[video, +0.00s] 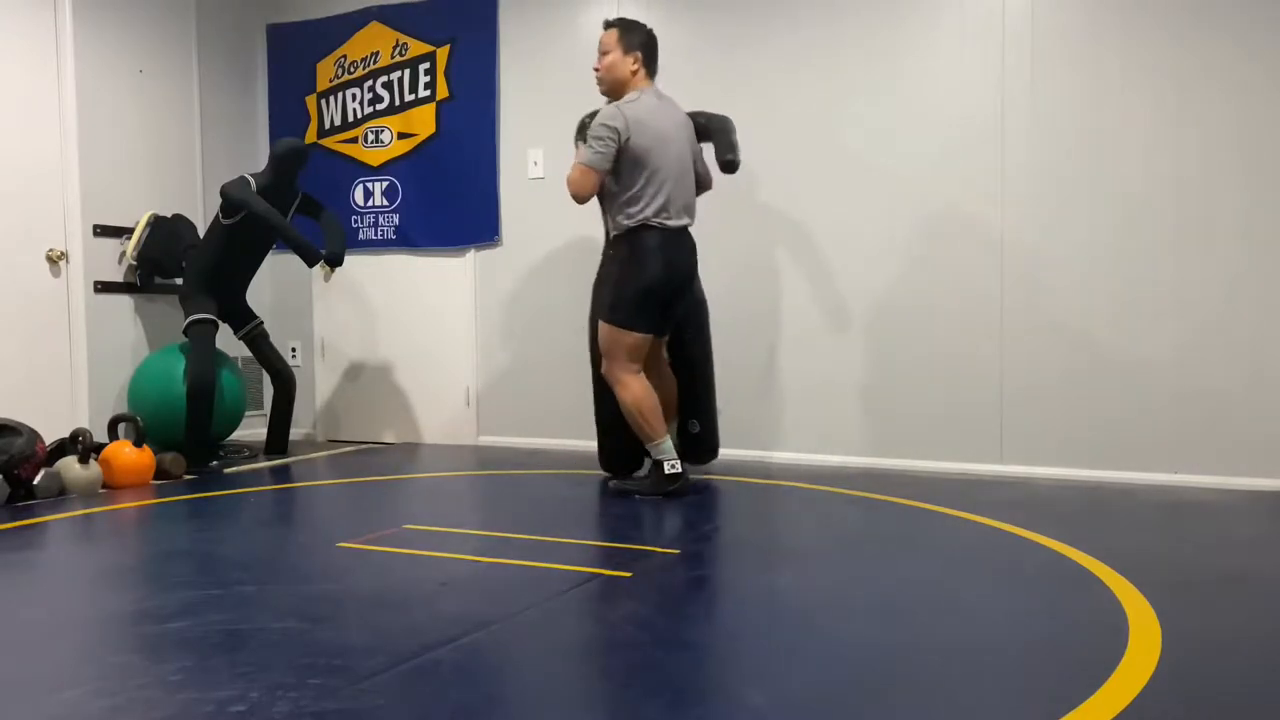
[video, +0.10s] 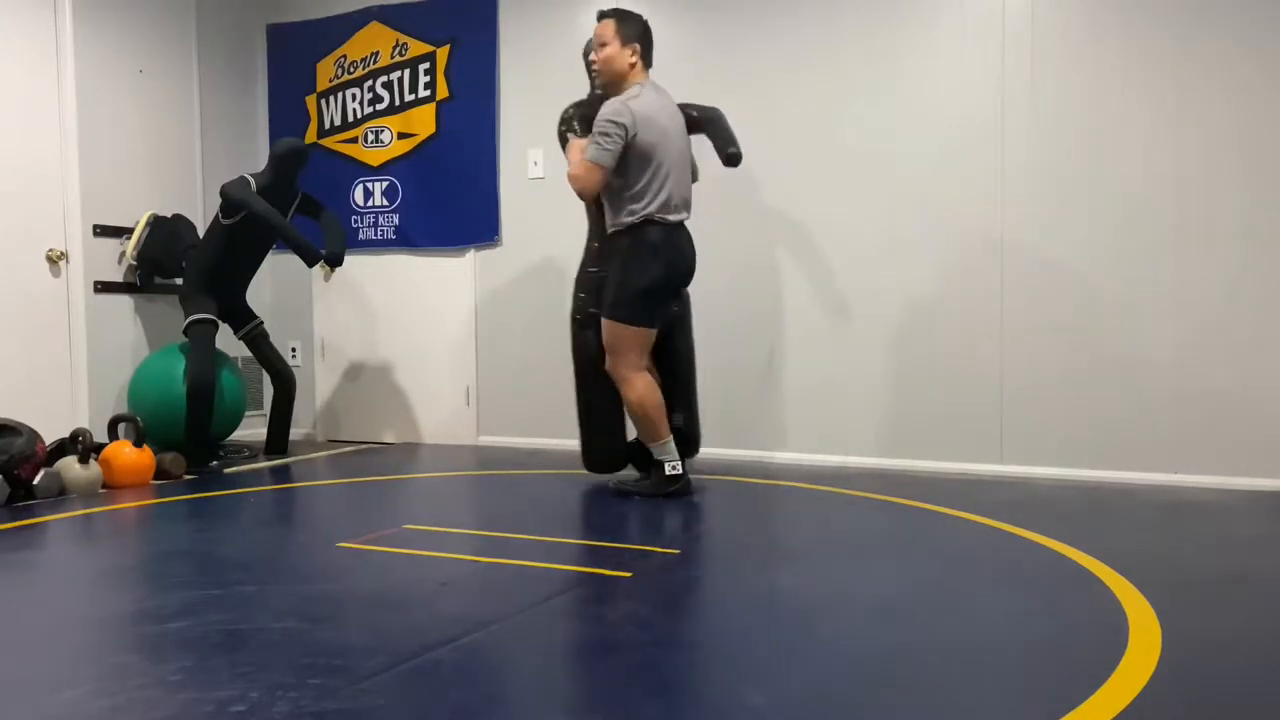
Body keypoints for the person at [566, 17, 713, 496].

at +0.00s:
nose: (596, 65)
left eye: (604, 54)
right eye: (598, 54)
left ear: (635, 61)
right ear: (638, 63)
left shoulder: (615, 116)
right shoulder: (675, 113)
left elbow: (581, 189)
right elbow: (702, 180)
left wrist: (584, 146)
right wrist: (648, 189)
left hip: (637, 250)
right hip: (678, 249)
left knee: (620, 365)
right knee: (653, 358)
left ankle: (666, 465)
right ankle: (667, 460)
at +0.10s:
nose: (592, 56)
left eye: (600, 45)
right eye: (592, 46)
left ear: (633, 53)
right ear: (632, 55)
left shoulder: (619, 112)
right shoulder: (664, 105)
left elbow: (586, 186)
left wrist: (574, 151)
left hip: (641, 244)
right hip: (670, 239)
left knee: (624, 362)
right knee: (635, 359)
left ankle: (667, 469)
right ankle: (662, 463)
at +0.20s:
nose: (586, 52)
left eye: (595, 42)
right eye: (585, 42)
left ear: (627, 49)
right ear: (625, 52)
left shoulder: (619, 107)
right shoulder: (649, 99)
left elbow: (585, 183)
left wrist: (567, 152)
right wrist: (586, 152)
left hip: (641, 241)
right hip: (657, 236)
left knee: (635, 361)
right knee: (608, 340)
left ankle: (669, 467)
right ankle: (617, 446)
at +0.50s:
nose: (555, 61)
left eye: (563, 50)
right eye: (554, 52)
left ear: (596, 53)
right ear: (591, 56)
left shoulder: (602, 105)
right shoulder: (602, 102)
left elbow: (576, 173)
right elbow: (579, 164)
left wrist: (542, 148)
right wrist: (553, 143)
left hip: (603, 248)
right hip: (580, 248)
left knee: (610, 372)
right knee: (549, 360)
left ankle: (667, 465)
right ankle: (535, 464)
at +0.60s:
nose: (537, 62)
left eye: (545, 51)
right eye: (536, 53)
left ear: (577, 53)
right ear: (567, 57)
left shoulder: (588, 104)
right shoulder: (569, 106)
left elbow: (571, 170)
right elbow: (560, 162)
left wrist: (527, 148)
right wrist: (531, 145)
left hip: (588, 247)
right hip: (559, 247)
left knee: (560, 367)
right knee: (532, 358)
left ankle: (647, 447)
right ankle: (532, 466)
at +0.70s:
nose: (518, 58)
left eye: (526, 46)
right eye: (516, 49)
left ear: (559, 49)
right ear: (553, 53)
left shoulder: (579, 101)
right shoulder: (548, 107)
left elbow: (567, 171)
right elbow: (544, 162)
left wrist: (515, 148)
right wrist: (502, 144)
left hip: (575, 243)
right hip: (545, 243)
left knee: (523, 354)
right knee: (520, 356)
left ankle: (606, 436)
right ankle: (529, 463)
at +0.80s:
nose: (502, 54)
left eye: (511, 43)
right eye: (501, 45)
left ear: (544, 46)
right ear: (531, 50)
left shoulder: (566, 96)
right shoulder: (527, 104)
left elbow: (557, 167)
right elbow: (521, 162)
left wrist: (503, 143)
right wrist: (478, 137)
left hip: (563, 240)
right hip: (533, 241)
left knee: (505, 343)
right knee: (521, 358)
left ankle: (547, 463)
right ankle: (525, 463)